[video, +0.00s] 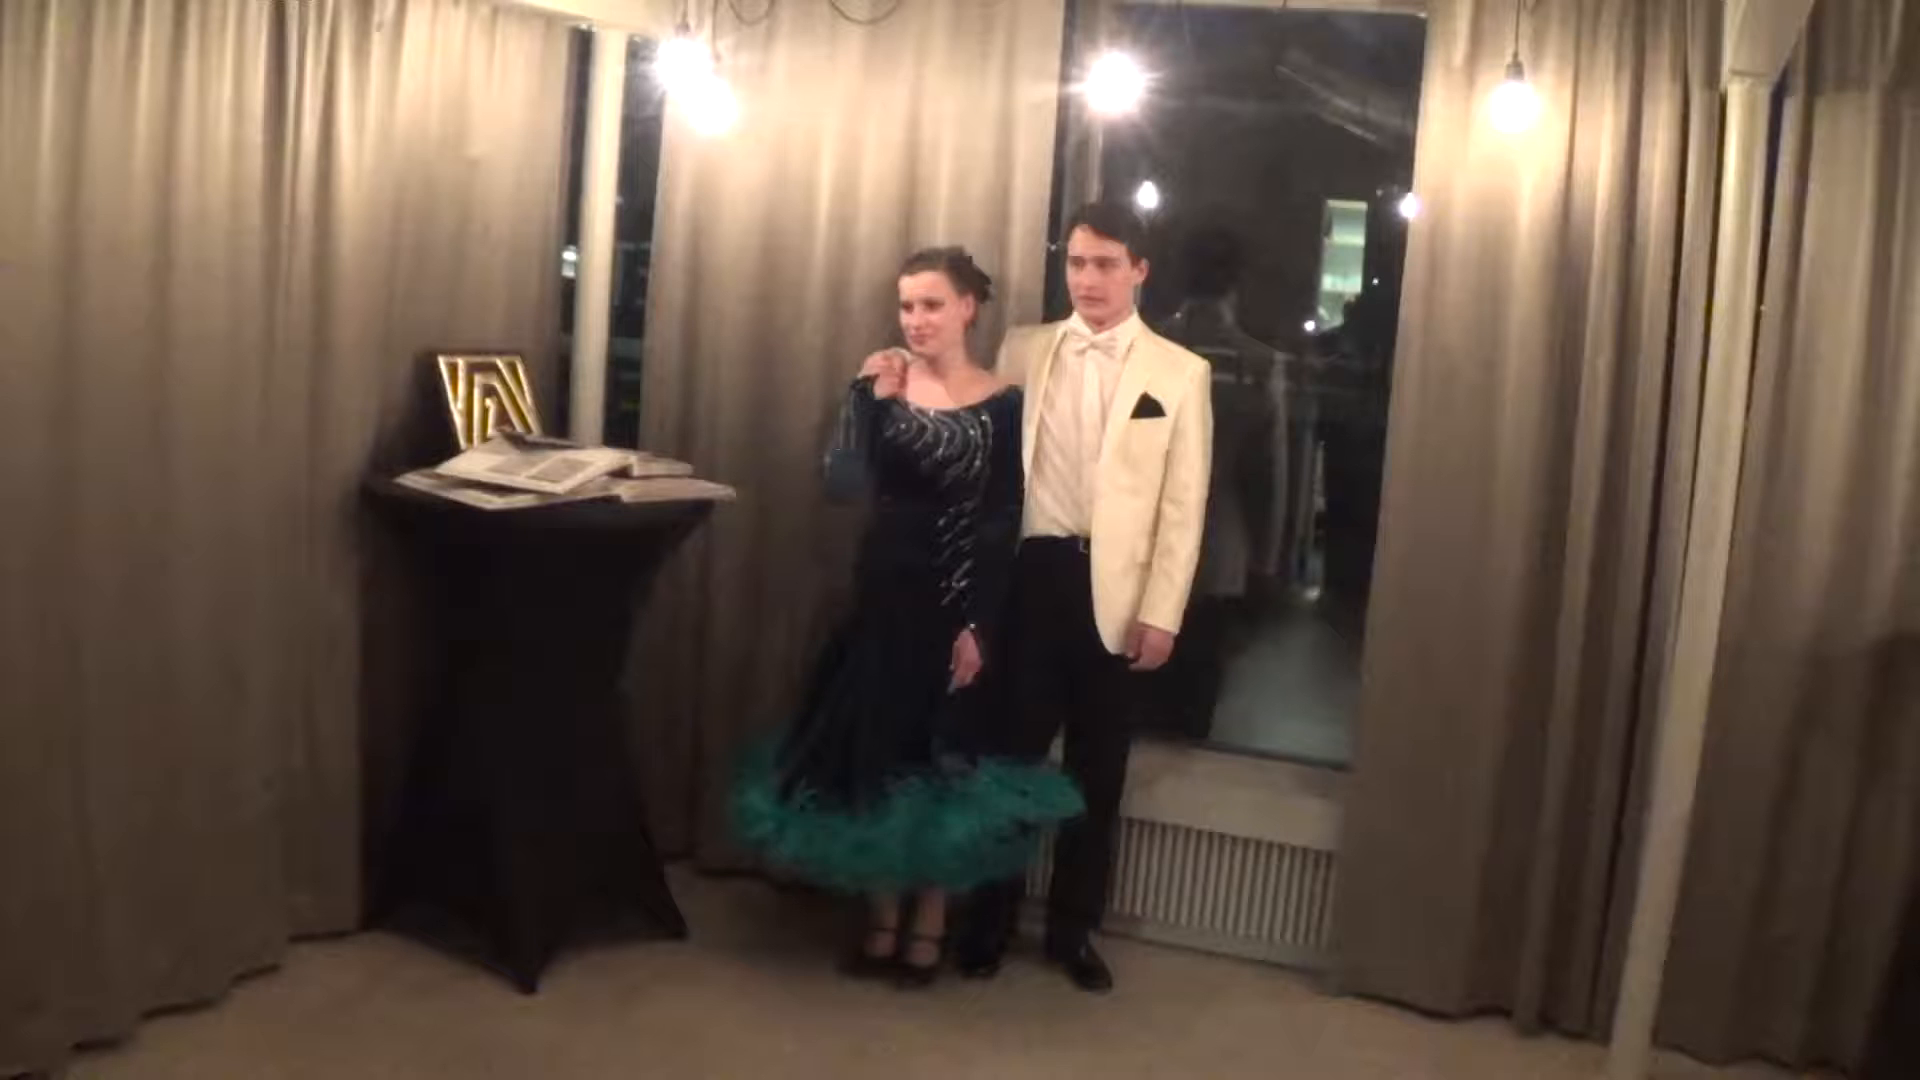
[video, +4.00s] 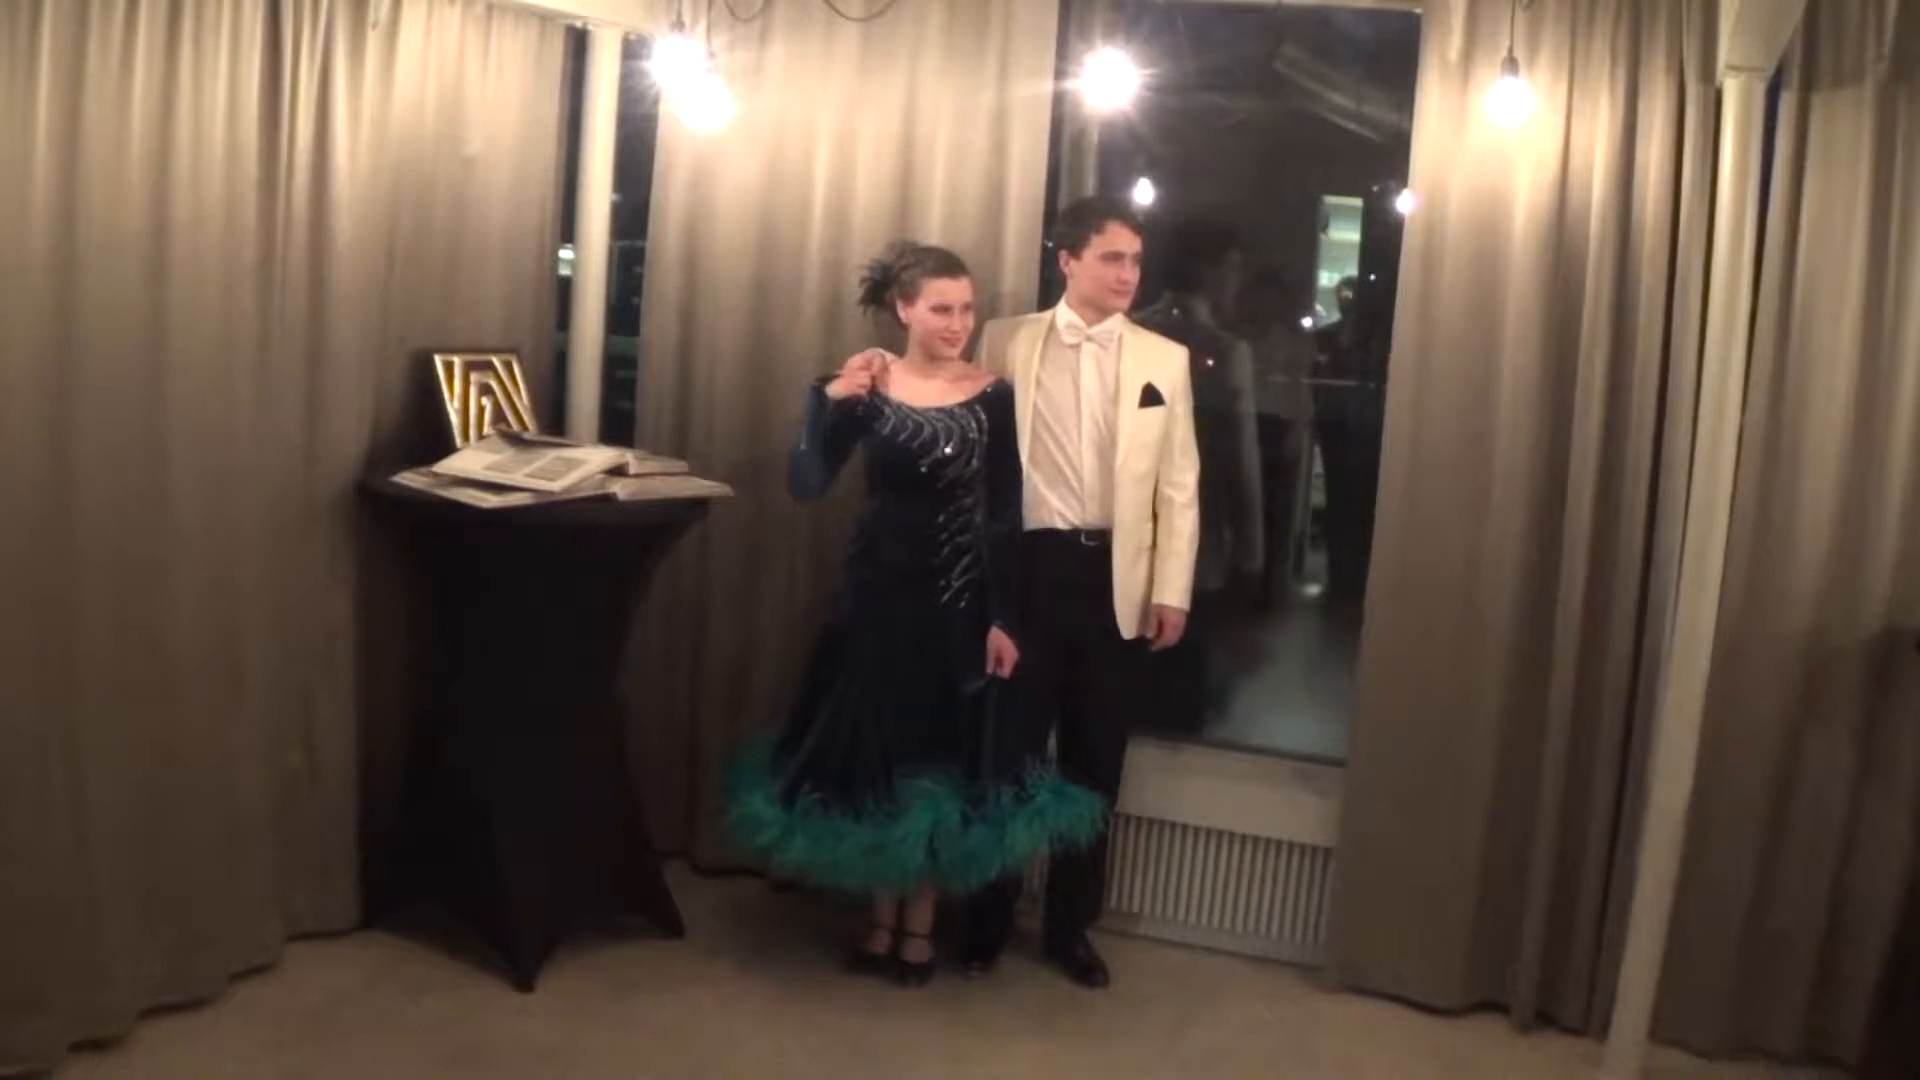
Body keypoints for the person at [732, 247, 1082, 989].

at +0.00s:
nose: (916, 319)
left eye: (931, 305)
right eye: (907, 306)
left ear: (971, 309)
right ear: (899, 312)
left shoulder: (1002, 402)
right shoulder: (884, 391)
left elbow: (1001, 522)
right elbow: (843, 484)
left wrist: (977, 623)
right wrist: (867, 397)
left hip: (960, 600)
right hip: (887, 589)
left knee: (943, 753)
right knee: (879, 746)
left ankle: (931, 906)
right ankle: (883, 902)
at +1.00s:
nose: (938, 313)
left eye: (952, 300)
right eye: (925, 299)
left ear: (975, 309)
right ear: (902, 308)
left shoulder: (998, 398)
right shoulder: (880, 389)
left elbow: (1004, 518)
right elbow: (816, 473)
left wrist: (993, 621)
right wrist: (834, 392)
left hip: (961, 597)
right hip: (886, 589)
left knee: (948, 751)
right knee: (883, 746)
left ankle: (932, 911)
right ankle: (883, 906)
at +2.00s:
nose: (960, 323)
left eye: (971, 310)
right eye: (945, 309)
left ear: (984, 315)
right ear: (907, 312)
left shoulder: (996, 399)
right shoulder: (877, 386)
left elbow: (1007, 516)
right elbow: (812, 480)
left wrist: (1005, 619)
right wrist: (835, 397)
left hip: (961, 600)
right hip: (885, 592)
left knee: (942, 752)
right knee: (882, 748)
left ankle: (924, 909)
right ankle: (882, 907)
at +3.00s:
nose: (959, 323)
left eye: (968, 309)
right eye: (943, 309)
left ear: (980, 314)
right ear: (903, 311)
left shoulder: (991, 397)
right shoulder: (870, 384)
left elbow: (1004, 514)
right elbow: (808, 482)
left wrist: (1004, 617)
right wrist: (828, 397)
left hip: (958, 597)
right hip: (881, 589)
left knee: (939, 753)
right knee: (878, 748)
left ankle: (922, 909)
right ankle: (878, 906)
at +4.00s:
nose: (956, 323)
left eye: (966, 309)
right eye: (940, 309)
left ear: (978, 314)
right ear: (900, 311)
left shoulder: (991, 396)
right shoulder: (872, 385)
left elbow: (1005, 514)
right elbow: (809, 481)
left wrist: (1004, 617)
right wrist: (831, 397)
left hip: (959, 598)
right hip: (883, 591)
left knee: (940, 753)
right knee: (881, 749)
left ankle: (922, 913)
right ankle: (880, 909)